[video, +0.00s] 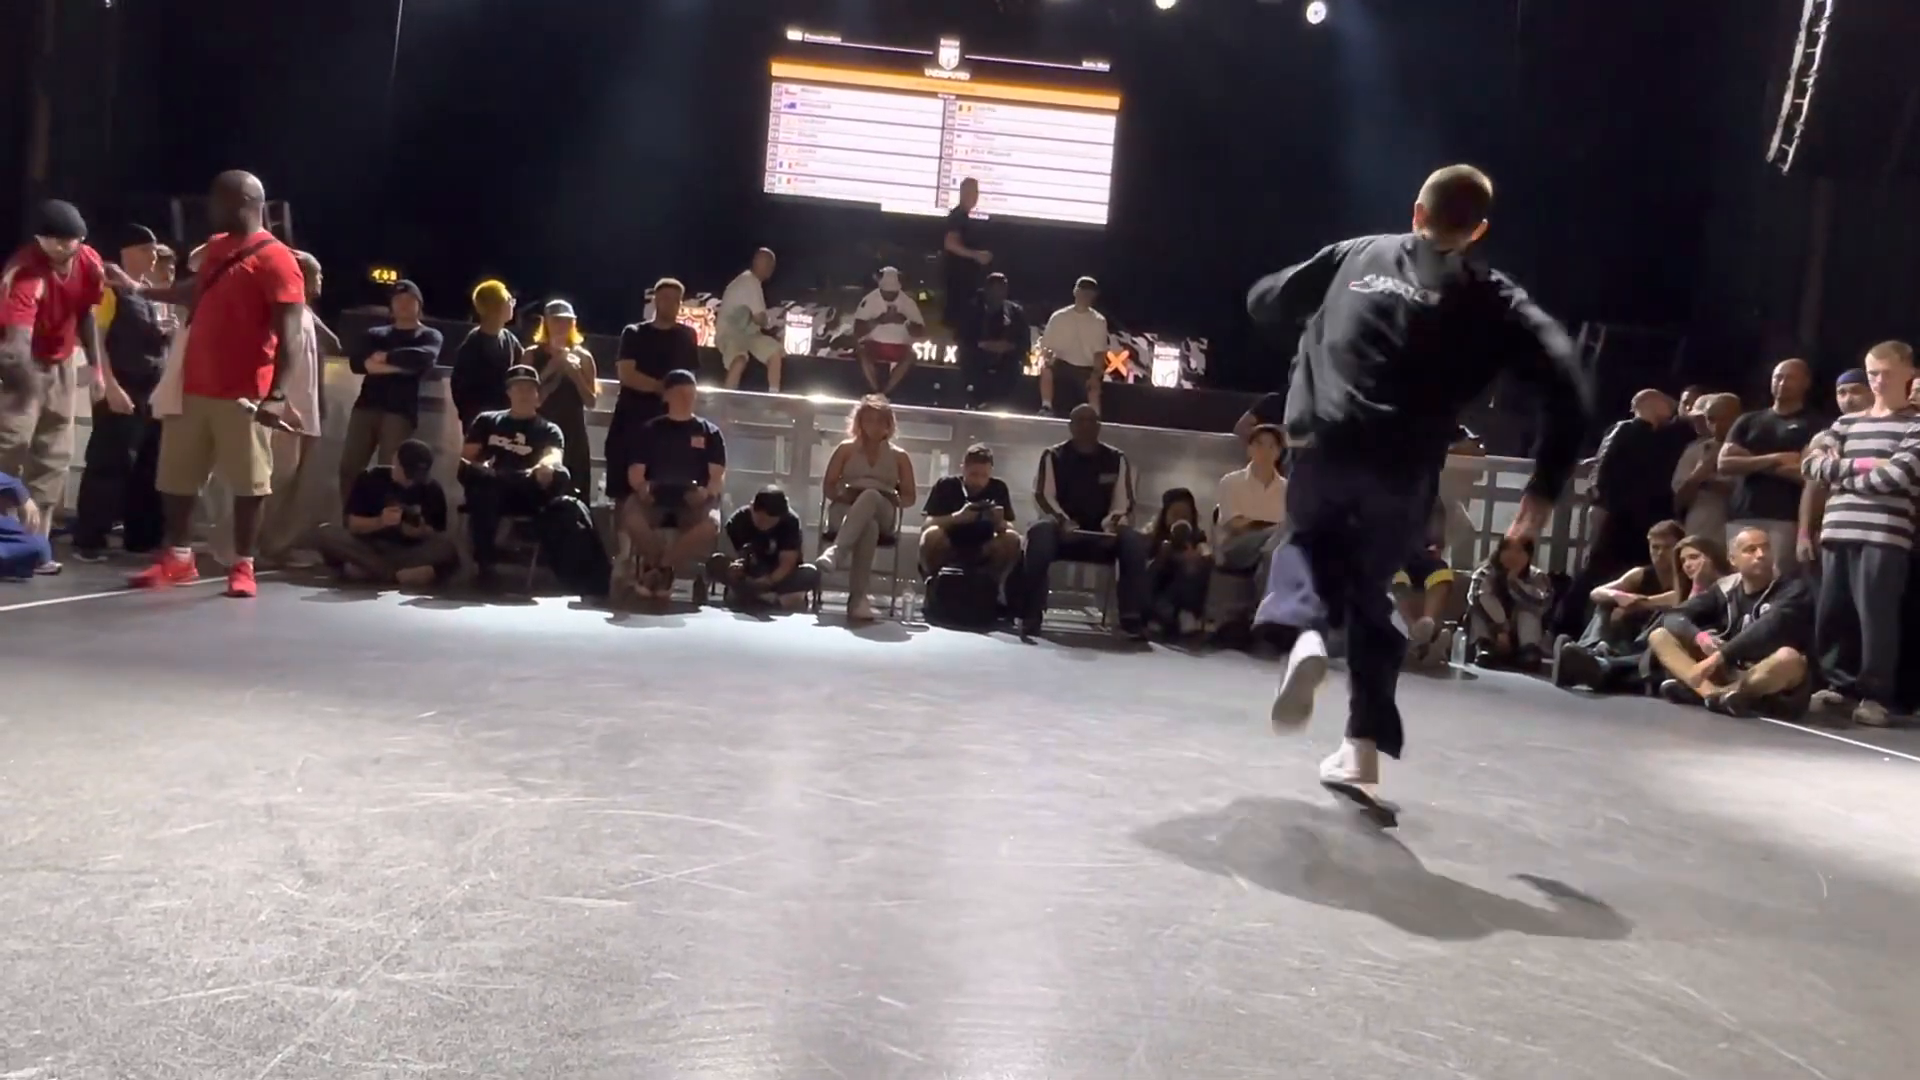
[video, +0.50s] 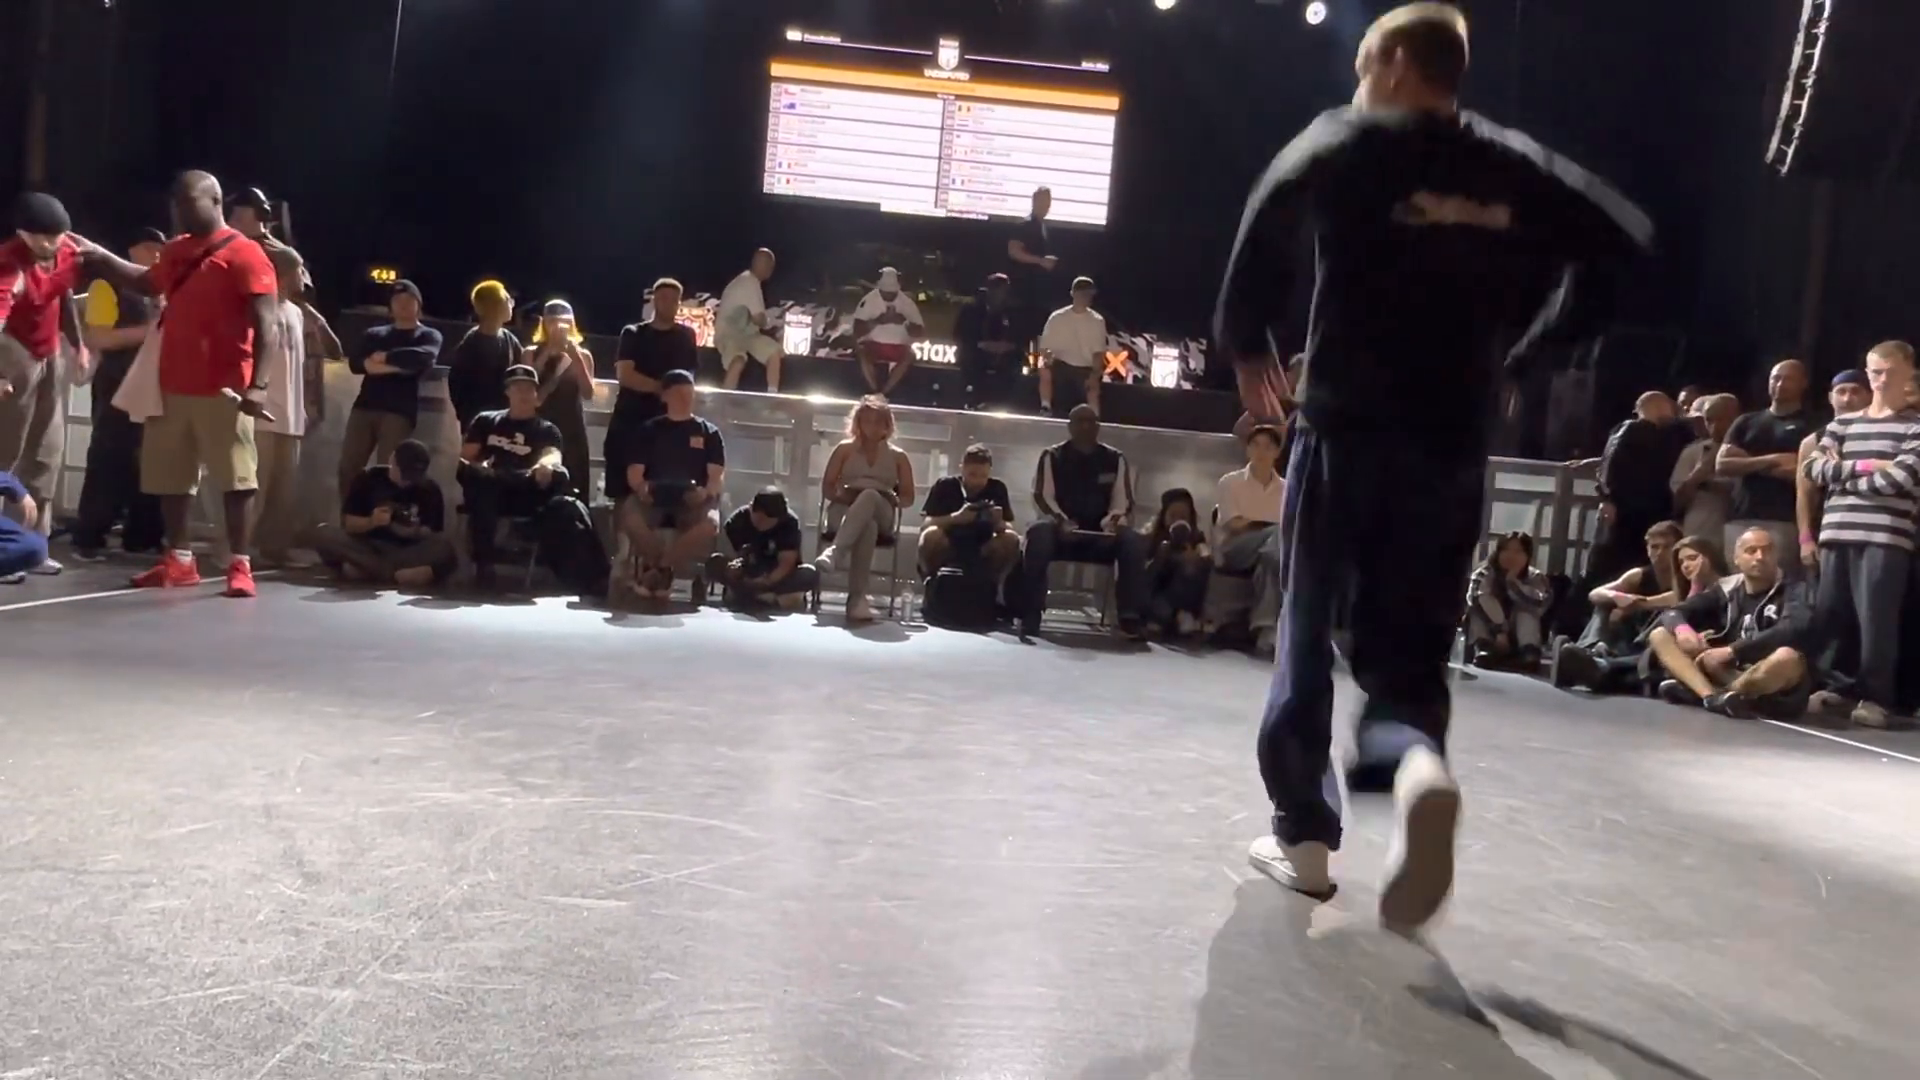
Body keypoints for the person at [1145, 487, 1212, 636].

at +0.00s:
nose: (1180, 520)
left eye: (1185, 514)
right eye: (1174, 514)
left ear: (1193, 515)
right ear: (1165, 515)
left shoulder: (1199, 538)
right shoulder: (1153, 539)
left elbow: (1208, 559)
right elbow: (1148, 570)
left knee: (1196, 566)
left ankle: (1189, 613)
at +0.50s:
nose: (1178, 521)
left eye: (1183, 516)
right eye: (1172, 515)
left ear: (1192, 516)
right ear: (1163, 516)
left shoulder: (1197, 539)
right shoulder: (1151, 540)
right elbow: (1147, 572)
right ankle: (1182, 615)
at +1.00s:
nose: (1179, 522)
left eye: (1184, 517)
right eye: (1174, 516)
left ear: (1192, 518)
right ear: (1164, 516)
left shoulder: (1197, 538)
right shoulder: (1152, 538)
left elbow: (1206, 560)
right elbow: (1148, 571)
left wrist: (1186, 546)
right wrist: (1165, 550)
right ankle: (1184, 614)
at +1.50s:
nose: (1179, 522)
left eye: (1184, 517)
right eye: (1174, 516)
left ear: (1192, 517)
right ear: (1164, 516)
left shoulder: (1197, 539)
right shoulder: (1151, 539)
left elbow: (1207, 558)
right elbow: (1148, 572)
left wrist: (1191, 555)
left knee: (1196, 568)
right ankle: (1185, 616)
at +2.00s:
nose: (1177, 526)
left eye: (1181, 520)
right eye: (1172, 520)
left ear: (1189, 520)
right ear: (1162, 519)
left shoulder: (1194, 542)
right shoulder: (1150, 542)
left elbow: (1204, 563)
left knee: (1196, 570)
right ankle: (1182, 619)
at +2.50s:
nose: (1168, 526)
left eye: (1173, 520)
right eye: (1163, 520)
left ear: (1181, 520)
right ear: (1153, 520)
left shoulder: (1187, 542)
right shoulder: (1140, 542)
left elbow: (1197, 561)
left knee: (1193, 568)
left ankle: (1184, 620)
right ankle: (1174, 619)